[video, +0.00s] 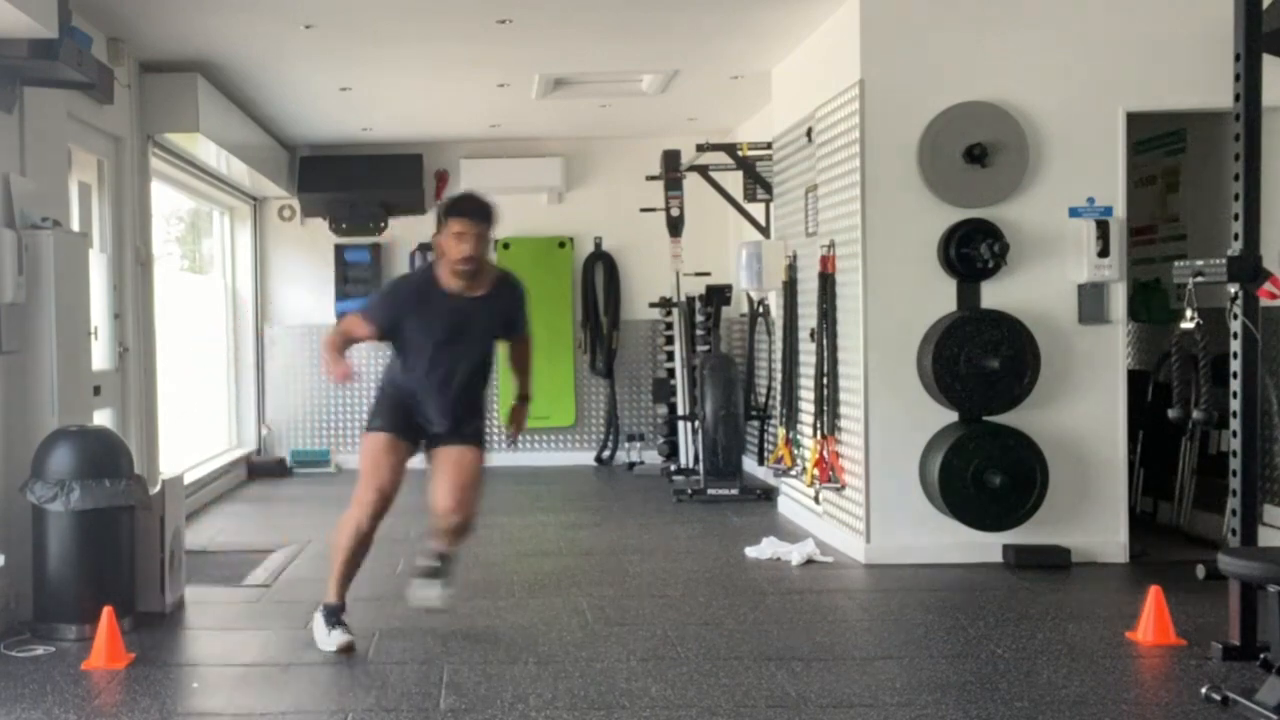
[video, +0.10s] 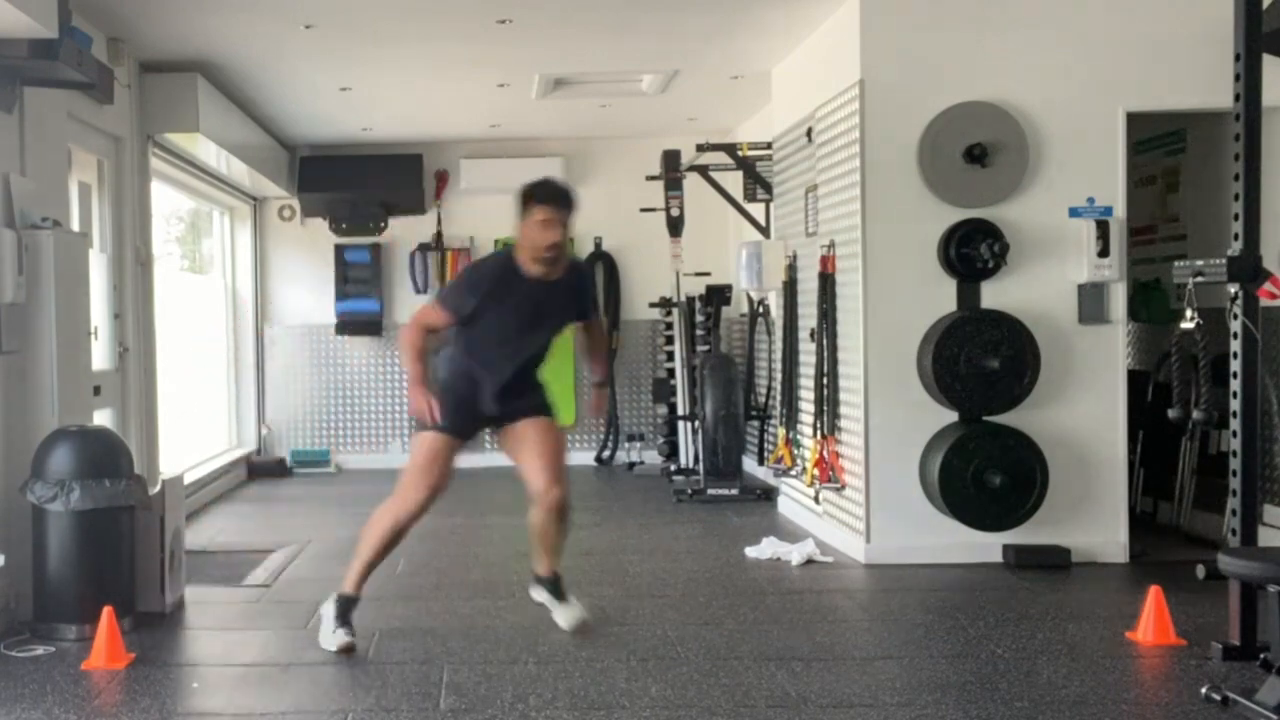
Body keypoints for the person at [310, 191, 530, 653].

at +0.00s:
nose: (468, 249)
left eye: (478, 238)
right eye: (458, 237)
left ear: (489, 242)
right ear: (438, 240)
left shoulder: (505, 293)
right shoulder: (409, 292)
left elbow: (519, 344)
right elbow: (343, 332)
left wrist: (522, 398)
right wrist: (334, 355)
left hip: (462, 410)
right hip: (402, 401)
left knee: (455, 512)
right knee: (371, 503)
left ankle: (437, 560)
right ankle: (331, 609)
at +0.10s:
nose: (553, 235)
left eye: (560, 224)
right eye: (542, 224)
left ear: (569, 228)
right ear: (520, 227)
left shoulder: (575, 279)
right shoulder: (487, 276)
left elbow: (593, 331)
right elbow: (416, 328)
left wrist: (598, 383)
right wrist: (416, 385)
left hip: (519, 390)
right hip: (458, 387)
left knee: (552, 493)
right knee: (417, 492)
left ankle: (547, 579)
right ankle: (343, 600)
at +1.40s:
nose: (833, 247)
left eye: (843, 234)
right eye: (822, 236)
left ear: (856, 234)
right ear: (806, 239)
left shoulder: (877, 275)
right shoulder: (784, 286)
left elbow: (908, 323)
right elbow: (728, 353)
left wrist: (931, 370)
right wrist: (777, 369)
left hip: (861, 383)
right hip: (811, 405)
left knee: (852, 464)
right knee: (877, 495)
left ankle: (855, 568)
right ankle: (961, 565)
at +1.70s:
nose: (622, 228)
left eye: (631, 217)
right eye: (611, 218)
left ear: (646, 216)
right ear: (596, 220)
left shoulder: (684, 267)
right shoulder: (582, 270)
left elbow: (736, 317)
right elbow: (549, 310)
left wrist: (758, 380)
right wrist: (526, 362)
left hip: (685, 388)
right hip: (619, 387)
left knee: (710, 485)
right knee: (586, 471)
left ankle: (792, 570)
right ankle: (594, 578)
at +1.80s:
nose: (553, 226)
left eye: (563, 215)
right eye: (543, 216)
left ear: (576, 216)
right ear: (528, 218)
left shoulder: (611, 267)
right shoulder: (513, 271)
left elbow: (667, 316)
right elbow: (469, 311)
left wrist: (689, 377)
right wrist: (437, 334)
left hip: (607, 388)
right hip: (553, 388)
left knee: (588, 481)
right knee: (543, 493)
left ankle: (670, 552)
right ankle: (590, 586)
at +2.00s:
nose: (422, 224)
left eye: (431, 213)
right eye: (411, 214)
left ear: (446, 213)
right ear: (398, 217)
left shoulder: (481, 272)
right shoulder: (387, 264)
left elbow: (524, 332)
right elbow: (342, 316)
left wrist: (548, 393)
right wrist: (342, 340)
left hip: (456, 391)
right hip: (408, 391)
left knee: (391, 482)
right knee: (399, 496)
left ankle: (350, 598)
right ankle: (503, 551)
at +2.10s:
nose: (355, 238)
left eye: (366, 226)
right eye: (344, 227)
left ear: (383, 226)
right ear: (331, 230)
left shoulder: (413, 286)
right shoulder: (324, 279)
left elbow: (454, 348)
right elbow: (286, 329)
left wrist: (467, 422)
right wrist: (284, 377)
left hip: (401, 398)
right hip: (351, 390)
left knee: (337, 489)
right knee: (292, 491)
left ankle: (341, 599)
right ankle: (359, 550)